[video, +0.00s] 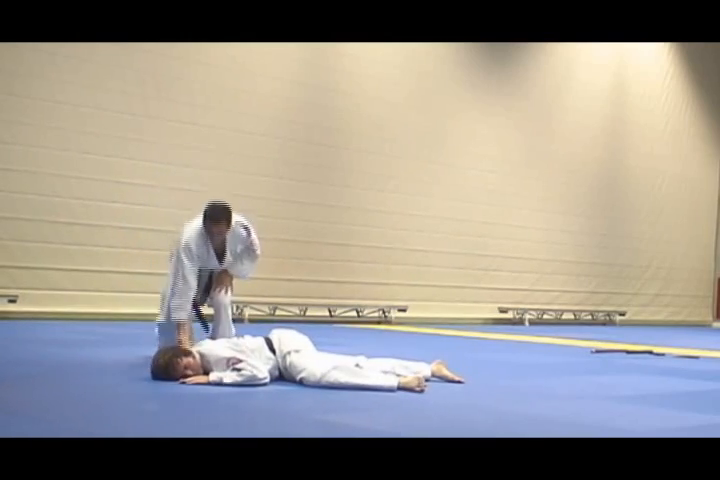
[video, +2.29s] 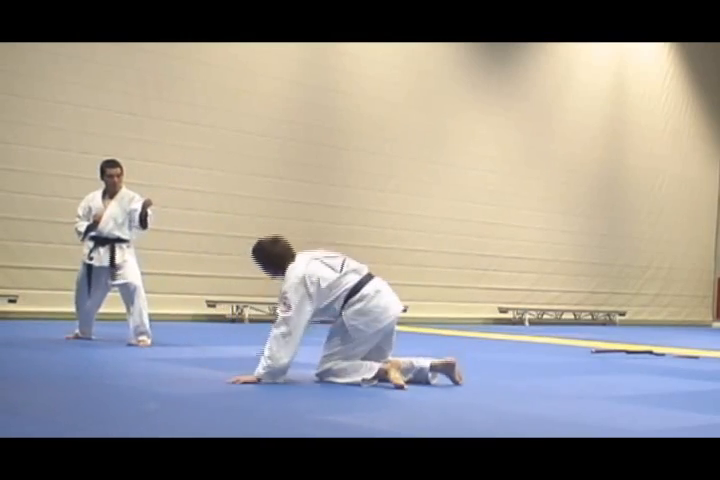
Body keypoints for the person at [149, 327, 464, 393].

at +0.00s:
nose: (189, 371)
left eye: (185, 366)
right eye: (182, 372)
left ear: (188, 354)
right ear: (182, 370)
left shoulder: (212, 351)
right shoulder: (204, 356)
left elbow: (259, 373)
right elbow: (235, 365)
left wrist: (213, 379)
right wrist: (207, 368)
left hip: (280, 346)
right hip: (281, 351)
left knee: (315, 373)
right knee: (351, 364)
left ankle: (399, 381)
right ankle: (427, 369)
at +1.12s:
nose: (177, 336)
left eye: (178, 331)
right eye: (175, 332)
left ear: (192, 327)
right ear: (192, 326)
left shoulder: (225, 335)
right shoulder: (210, 341)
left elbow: (274, 353)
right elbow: (246, 352)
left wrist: (256, 378)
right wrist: (231, 368)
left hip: (296, 357)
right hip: (291, 355)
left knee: (328, 376)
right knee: (359, 361)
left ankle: (398, 381)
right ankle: (436, 350)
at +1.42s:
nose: (194, 293)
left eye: (197, 288)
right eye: (193, 288)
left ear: (211, 287)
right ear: (211, 285)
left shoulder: (243, 306)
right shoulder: (219, 306)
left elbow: (271, 353)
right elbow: (232, 340)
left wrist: (257, 378)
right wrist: (229, 367)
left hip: (300, 343)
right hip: (288, 355)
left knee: (317, 377)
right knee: (357, 365)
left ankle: (398, 380)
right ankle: (432, 347)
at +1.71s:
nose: (212, 271)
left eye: (213, 265)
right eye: (210, 266)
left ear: (226, 263)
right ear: (235, 258)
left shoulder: (257, 278)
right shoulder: (247, 282)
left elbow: (262, 327)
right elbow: (240, 327)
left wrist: (256, 373)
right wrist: (230, 367)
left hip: (321, 314)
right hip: (318, 321)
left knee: (317, 371)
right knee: (372, 366)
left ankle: (386, 372)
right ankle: (440, 353)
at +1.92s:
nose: (231, 276)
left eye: (230, 272)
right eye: (229, 272)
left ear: (239, 270)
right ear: (252, 261)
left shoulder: (275, 278)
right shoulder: (265, 280)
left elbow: (273, 329)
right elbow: (250, 324)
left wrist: (260, 373)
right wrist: (233, 364)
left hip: (345, 302)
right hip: (350, 300)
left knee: (318, 370)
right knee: (374, 365)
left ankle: (387, 369)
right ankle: (440, 360)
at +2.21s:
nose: (261, 280)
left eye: (259, 274)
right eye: (258, 275)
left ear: (268, 271)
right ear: (282, 258)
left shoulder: (297, 278)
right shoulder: (302, 270)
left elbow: (288, 331)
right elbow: (283, 320)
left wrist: (264, 375)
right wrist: (259, 347)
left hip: (366, 308)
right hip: (383, 302)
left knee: (329, 369)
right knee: (375, 368)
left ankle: (380, 370)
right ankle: (438, 366)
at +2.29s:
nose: (264, 272)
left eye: (263, 267)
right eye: (262, 267)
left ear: (270, 265)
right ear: (286, 250)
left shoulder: (297, 276)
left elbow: (286, 328)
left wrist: (264, 374)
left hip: (366, 309)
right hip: (385, 300)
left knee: (328, 369)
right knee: (378, 367)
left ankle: (381, 371)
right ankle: (438, 367)